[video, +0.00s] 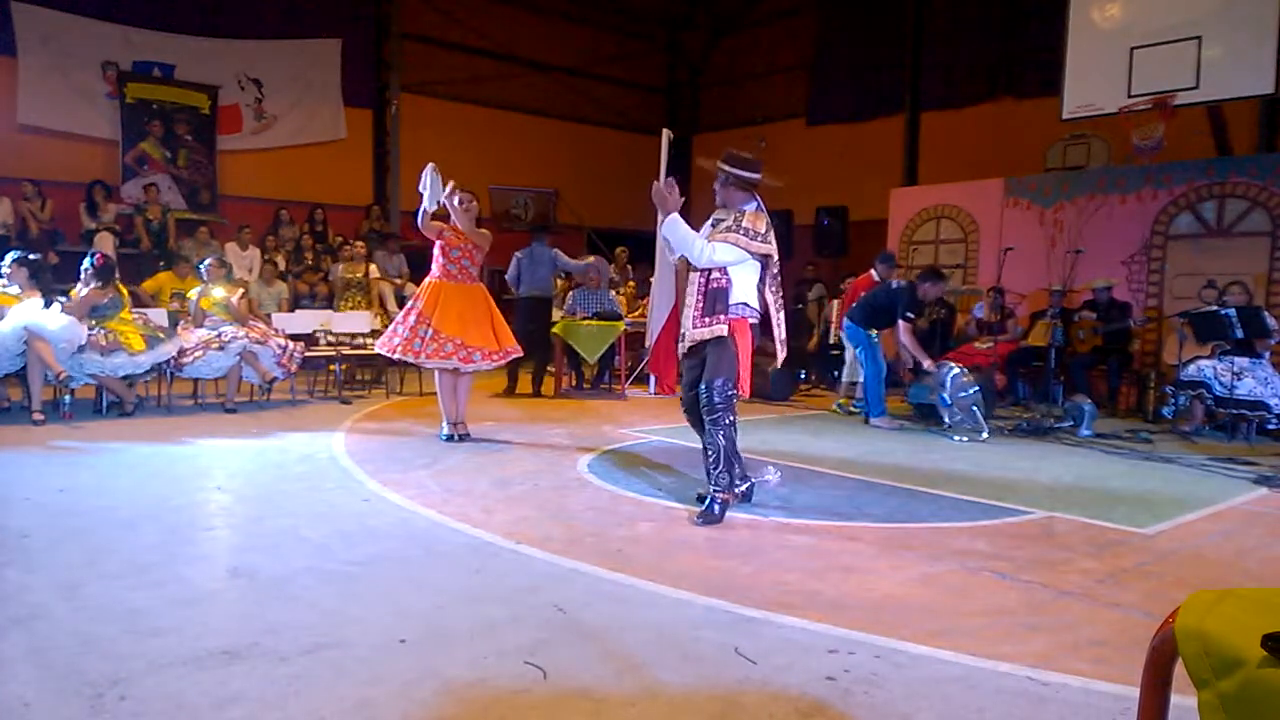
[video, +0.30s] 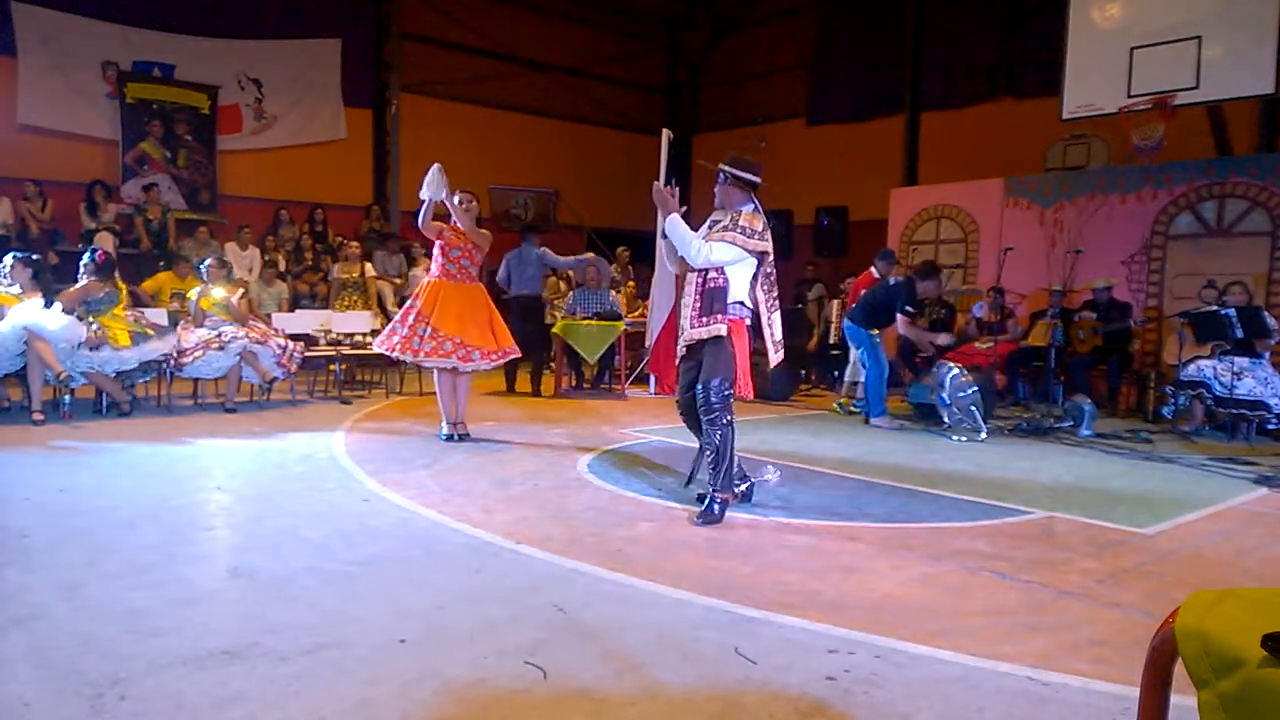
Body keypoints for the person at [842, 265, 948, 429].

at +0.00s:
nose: (939, 296)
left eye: (941, 292)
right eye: (939, 291)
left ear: (925, 285)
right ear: (926, 286)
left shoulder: (907, 290)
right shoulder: (910, 296)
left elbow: (899, 331)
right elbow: (905, 334)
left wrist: (904, 353)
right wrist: (925, 360)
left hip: (864, 327)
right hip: (859, 327)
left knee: (875, 368)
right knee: (876, 368)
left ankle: (874, 412)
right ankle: (877, 415)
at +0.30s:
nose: (940, 288)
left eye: (940, 283)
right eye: (938, 283)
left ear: (923, 280)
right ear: (928, 282)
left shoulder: (908, 288)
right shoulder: (907, 290)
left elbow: (907, 327)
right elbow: (903, 328)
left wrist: (927, 347)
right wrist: (935, 338)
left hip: (865, 326)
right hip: (858, 326)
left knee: (877, 366)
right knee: (878, 366)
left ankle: (874, 412)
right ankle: (877, 415)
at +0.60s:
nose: (932, 284)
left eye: (933, 280)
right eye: (932, 280)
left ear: (914, 272)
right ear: (926, 278)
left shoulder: (897, 279)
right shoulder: (913, 291)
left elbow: (894, 314)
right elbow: (929, 324)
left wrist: (911, 325)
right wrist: (932, 318)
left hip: (854, 323)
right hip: (865, 328)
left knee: (873, 368)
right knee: (884, 368)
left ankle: (871, 410)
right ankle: (879, 414)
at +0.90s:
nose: (929, 283)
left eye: (931, 279)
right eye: (930, 279)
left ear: (912, 271)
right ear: (925, 278)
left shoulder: (895, 279)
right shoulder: (911, 291)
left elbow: (891, 315)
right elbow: (922, 327)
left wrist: (913, 320)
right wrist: (942, 323)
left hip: (852, 322)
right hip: (864, 328)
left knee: (871, 368)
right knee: (883, 368)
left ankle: (871, 410)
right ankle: (879, 414)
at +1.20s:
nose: (929, 283)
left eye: (930, 278)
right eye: (929, 278)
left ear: (910, 270)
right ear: (923, 277)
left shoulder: (893, 280)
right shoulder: (910, 290)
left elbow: (894, 318)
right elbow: (919, 330)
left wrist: (911, 329)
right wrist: (931, 331)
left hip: (852, 323)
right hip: (864, 328)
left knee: (871, 368)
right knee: (882, 367)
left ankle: (871, 410)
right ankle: (879, 414)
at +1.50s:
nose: (930, 284)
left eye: (931, 280)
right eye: (929, 279)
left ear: (915, 275)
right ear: (920, 277)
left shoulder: (896, 283)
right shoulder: (906, 289)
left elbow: (884, 324)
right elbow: (900, 329)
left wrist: (902, 344)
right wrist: (915, 351)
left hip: (853, 323)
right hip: (860, 327)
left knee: (872, 366)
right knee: (880, 367)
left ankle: (871, 410)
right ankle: (878, 414)